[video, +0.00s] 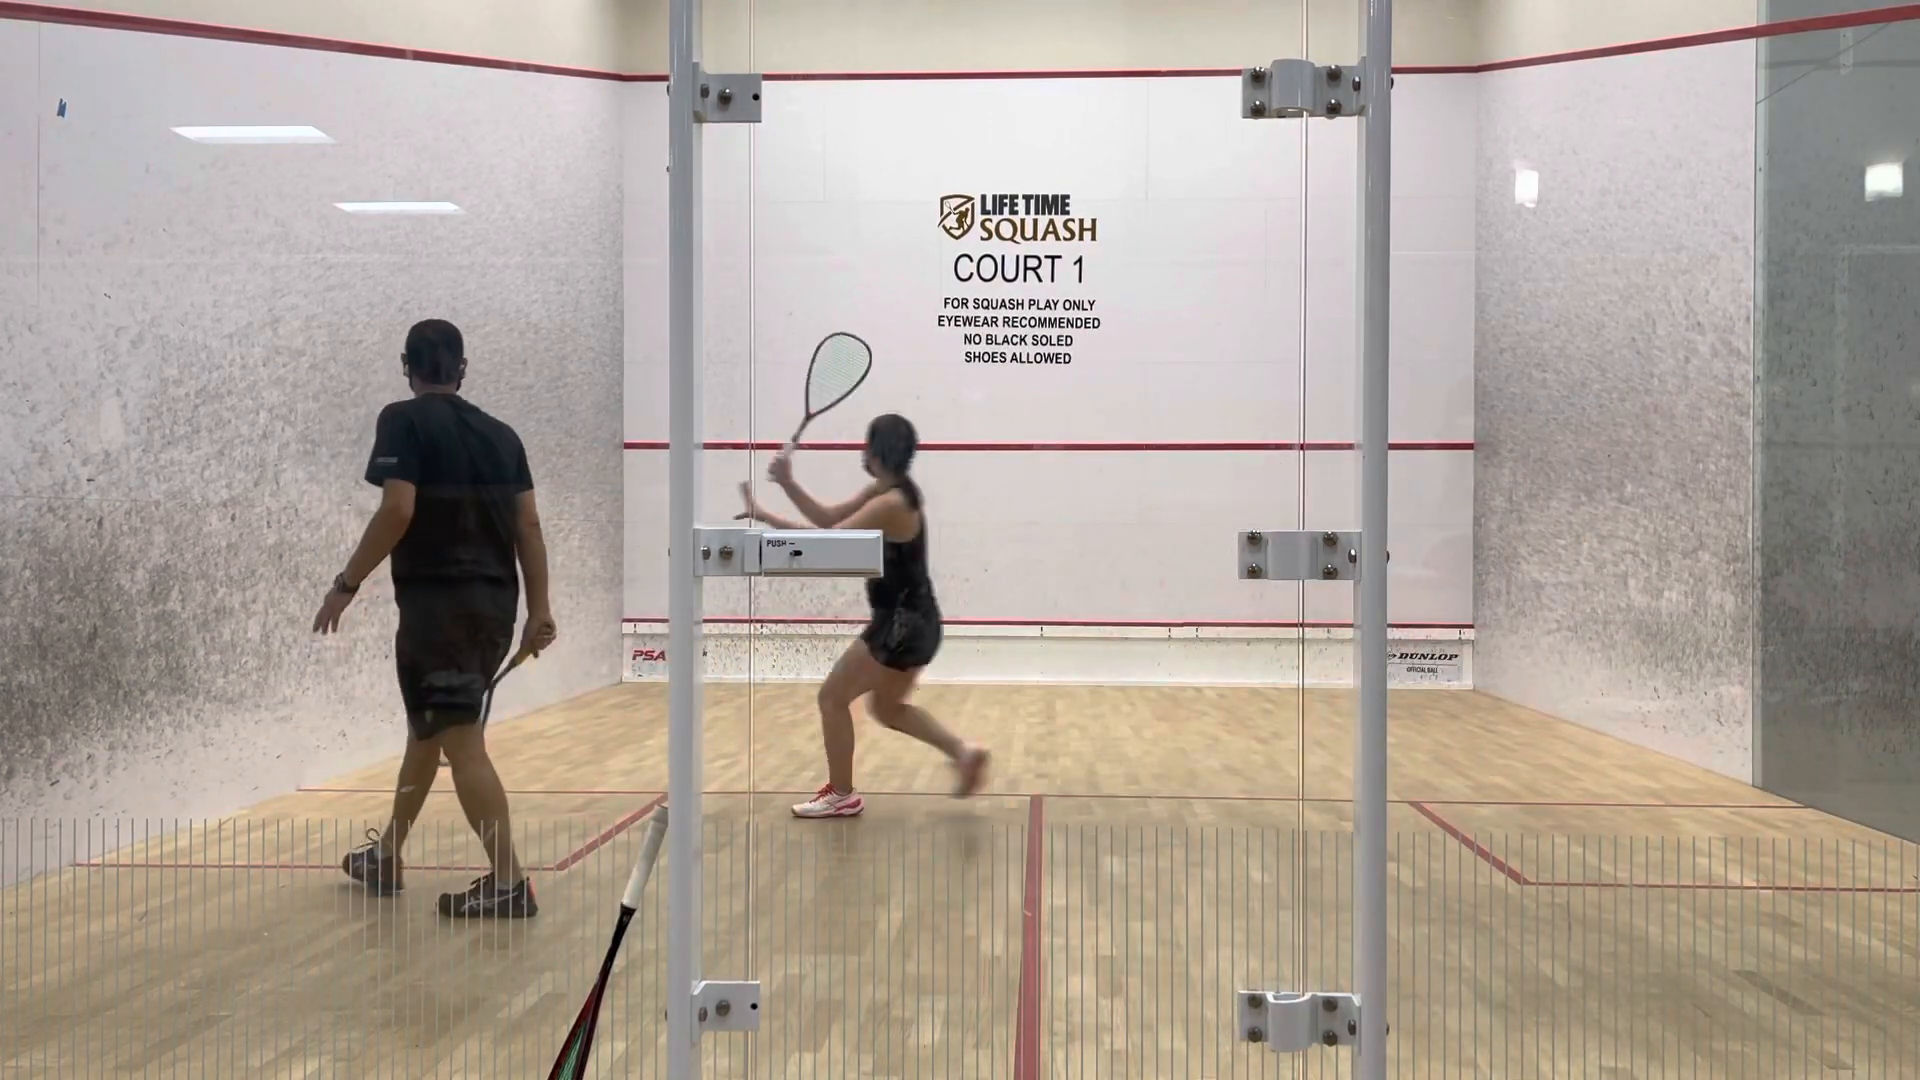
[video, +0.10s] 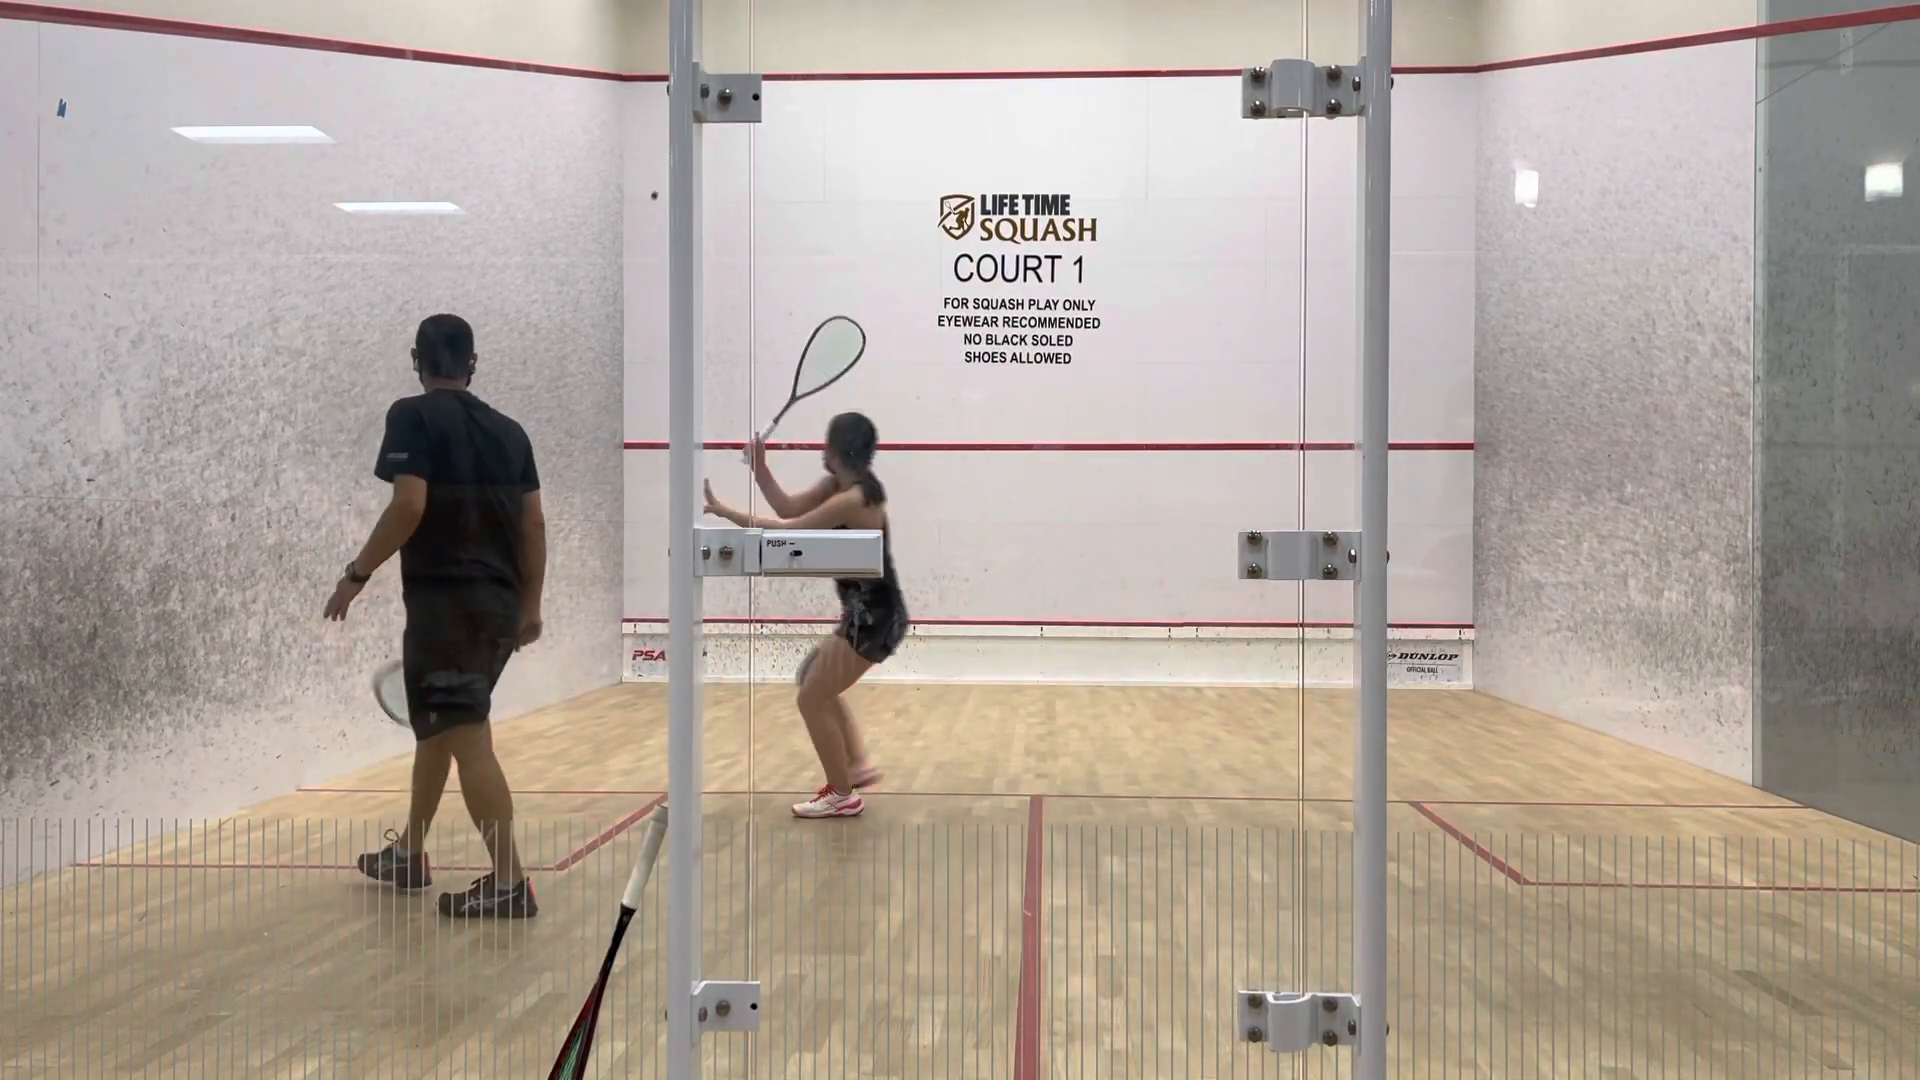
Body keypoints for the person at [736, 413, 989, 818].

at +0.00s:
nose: (863, 451)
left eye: (868, 445)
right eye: (866, 444)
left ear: (877, 453)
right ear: (901, 453)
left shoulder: (890, 503)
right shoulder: (886, 492)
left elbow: (827, 539)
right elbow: (828, 519)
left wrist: (762, 514)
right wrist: (788, 483)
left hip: (902, 627)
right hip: (913, 624)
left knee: (832, 697)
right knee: (887, 708)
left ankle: (841, 793)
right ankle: (964, 754)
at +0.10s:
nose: (823, 452)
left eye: (827, 446)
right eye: (825, 446)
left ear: (836, 451)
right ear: (862, 451)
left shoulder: (856, 498)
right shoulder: (839, 485)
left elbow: (787, 529)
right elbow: (788, 507)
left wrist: (721, 510)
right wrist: (761, 469)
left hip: (876, 617)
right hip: (865, 611)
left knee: (813, 698)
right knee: (810, 678)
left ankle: (841, 793)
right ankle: (857, 766)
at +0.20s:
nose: (787, 452)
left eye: (790, 446)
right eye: (789, 446)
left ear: (802, 451)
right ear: (819, 452)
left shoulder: (817, 495)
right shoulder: (807, 485)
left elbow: (758, 520)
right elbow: (761, 500)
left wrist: (711, 497)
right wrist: (760, 453)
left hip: (844, 612)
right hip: (825, 610)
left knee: (794, 701)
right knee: (771, 685)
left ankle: (841, 792)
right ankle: (742, 765)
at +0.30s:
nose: (761, 468)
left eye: (764, 461)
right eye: (763, 461)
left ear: (781, 463)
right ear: (768, 460)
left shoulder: (790, 502)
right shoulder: (767, 494)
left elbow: (739, 534)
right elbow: (735, 515)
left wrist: (719, 504)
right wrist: (765, 479)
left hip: (809, 624)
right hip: (784, 622)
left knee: (764, 711)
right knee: (730, 692)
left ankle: (834, 784)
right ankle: (696, 775)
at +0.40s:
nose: (727, 480)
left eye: (732, 474)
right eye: (729, 474)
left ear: (746, 478)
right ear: (758, 479)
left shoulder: (764, 516)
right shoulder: (735, 512)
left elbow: (725, 555)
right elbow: (705, 548)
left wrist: (724, 528)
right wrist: (729, 531)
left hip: (768, 639)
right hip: (748, 636)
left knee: (717, 728)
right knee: (685, 686)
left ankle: (810, 769)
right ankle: (678, 777)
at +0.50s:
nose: (709, 482)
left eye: (713, 475)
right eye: (711, 475)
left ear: (724, 480)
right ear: (747, 480)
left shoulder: (720, 518)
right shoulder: (756, 517)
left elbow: (690, 561)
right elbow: (707, 562)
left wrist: (661, 586)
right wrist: (669, 585)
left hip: (732, 629)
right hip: (757, 626)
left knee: (706, 736)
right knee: (698, 709)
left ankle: (783, 763)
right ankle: (676, 778)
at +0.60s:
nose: (695, 484)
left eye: (698, 478)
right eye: (697, 478)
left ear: (708, 481)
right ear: (738, 479)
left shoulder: (708, 513)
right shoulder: (748, 514)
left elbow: (677, 574)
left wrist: (654, 633)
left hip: (719, 627)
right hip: (749, 623)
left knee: (706, 725)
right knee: (695, 707)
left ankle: (777, 757)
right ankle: (673, 777)